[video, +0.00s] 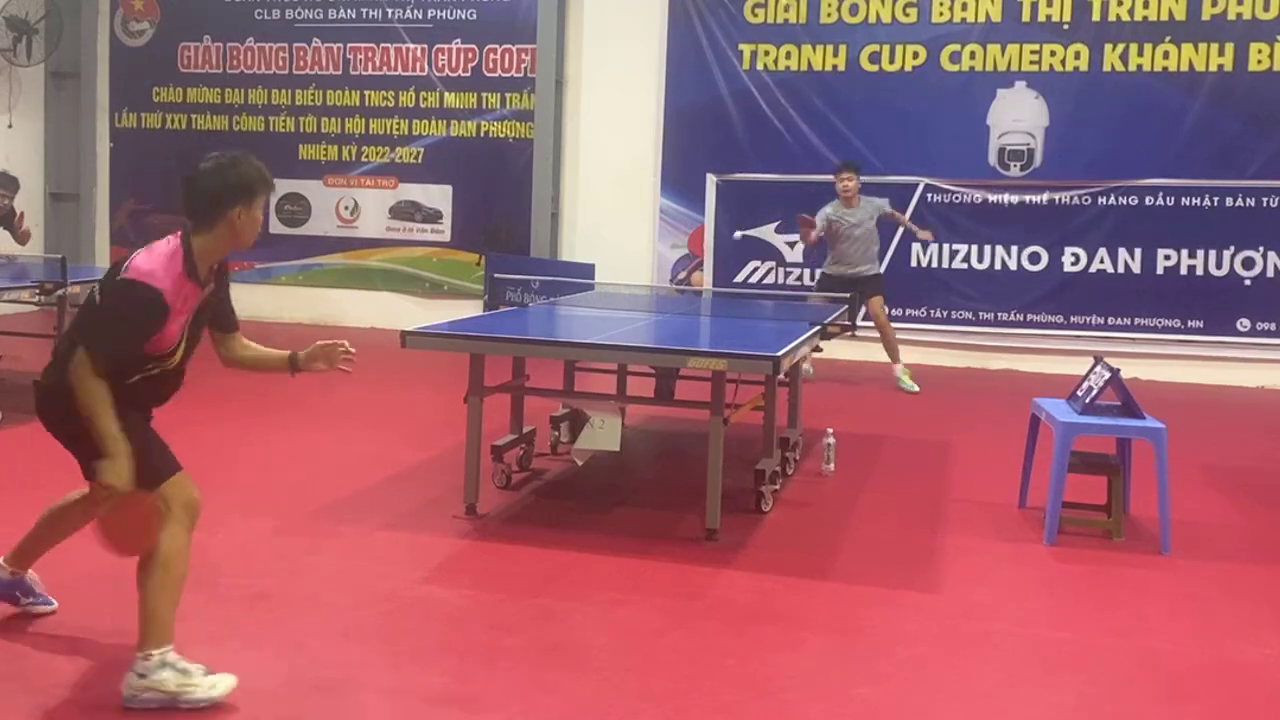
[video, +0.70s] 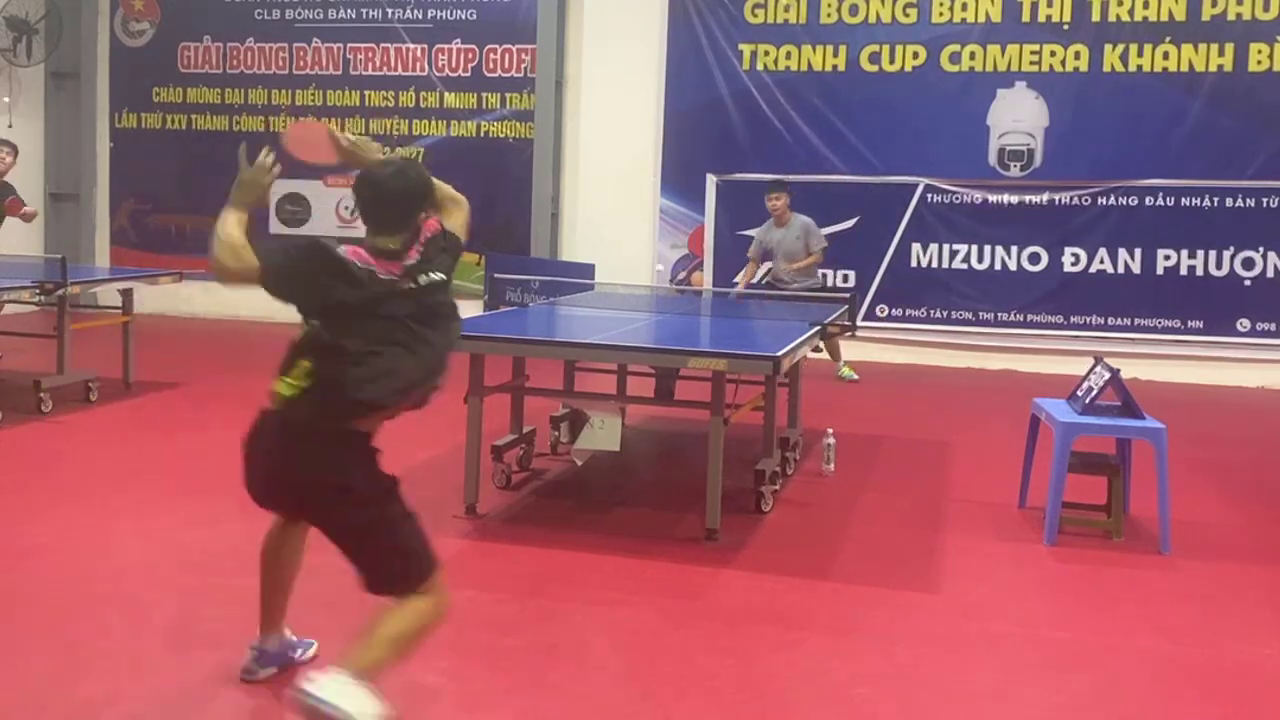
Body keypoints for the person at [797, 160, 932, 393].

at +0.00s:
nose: (845, 185)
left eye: (850, 180)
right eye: (841, 181)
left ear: (859, 183)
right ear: (835, 185)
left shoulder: (874, 205)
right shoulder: (828, 213)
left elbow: (895, 216)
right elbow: (812, 239)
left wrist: (917, 231)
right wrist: (807, 236)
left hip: (868, 274)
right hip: (834, 275)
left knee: (879, 317)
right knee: (811, 316)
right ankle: (804, 360)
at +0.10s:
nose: (851, 200)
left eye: (856, 196)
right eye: (847, 196)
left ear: (865, 199)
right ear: (842, 201)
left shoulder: (881, 224)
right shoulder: (836, 230)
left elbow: (898, 248)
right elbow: (822, 256)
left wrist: (911, 274)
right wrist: (818, 257)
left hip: (874, 288)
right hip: (842, 288)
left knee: (886, 329)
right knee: (815, 318)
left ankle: (909, 374)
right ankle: (810, 365)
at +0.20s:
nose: (844, 204)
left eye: (849, 199)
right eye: (840, 200)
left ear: (858, 203)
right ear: (835, 205)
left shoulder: (876, 229)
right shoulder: (828, 234)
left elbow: (886, 259)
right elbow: (817, 261)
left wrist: (886, 286)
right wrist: (814, 267)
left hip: (871, 291)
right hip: (838, 292)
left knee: (886, 331)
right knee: (808, 323)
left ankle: (909, 375)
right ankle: (800, 365)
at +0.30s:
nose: (828, 196)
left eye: (833, 191)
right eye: (824, 191)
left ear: (842, 193)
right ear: (819, 195)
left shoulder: (860, 220)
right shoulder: (811, 225)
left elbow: (870, 246)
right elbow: (800, 251)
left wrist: (866, 265)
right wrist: (798, 262)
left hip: (854, 286)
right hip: (821, 286)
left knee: (873, 328)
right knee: (800, 321)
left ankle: (902, 373)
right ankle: (801, 365)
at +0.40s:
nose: (813, 185)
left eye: (818, 180)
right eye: (809, 181)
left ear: (827, 182)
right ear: (805, 184)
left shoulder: (845, 209)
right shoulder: (797, 214)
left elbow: (858, 236)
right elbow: (785, 242)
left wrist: (853, 251)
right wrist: (783, 250)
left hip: (840, 275)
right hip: (807, 275)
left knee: (856, 320)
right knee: (788, 314)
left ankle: (875, 366)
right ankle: (799, 364)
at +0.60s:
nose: (787, 189)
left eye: (792, 185)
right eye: (783, 185)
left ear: (802, 185)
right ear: (779, 187)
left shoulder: (820, 210)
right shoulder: (775, 217)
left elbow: (836, 238)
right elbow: (761, 243)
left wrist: (823, 249)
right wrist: (756, 259)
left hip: (819, 278)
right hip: (786, 277)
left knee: (833, 321)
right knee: (767, 310)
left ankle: (842, 363)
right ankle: (781, 359)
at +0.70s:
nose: (773, 204)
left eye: (777, 199)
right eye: (769, 200)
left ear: (788, 200)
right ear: (765, 203)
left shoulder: (805, 224)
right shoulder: (764, 231)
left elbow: (818, 256)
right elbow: (753, 261)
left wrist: (797, 266)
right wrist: (742, 285)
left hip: (807, 288)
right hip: (776, 286)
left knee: (826, 326)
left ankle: (840, 365)